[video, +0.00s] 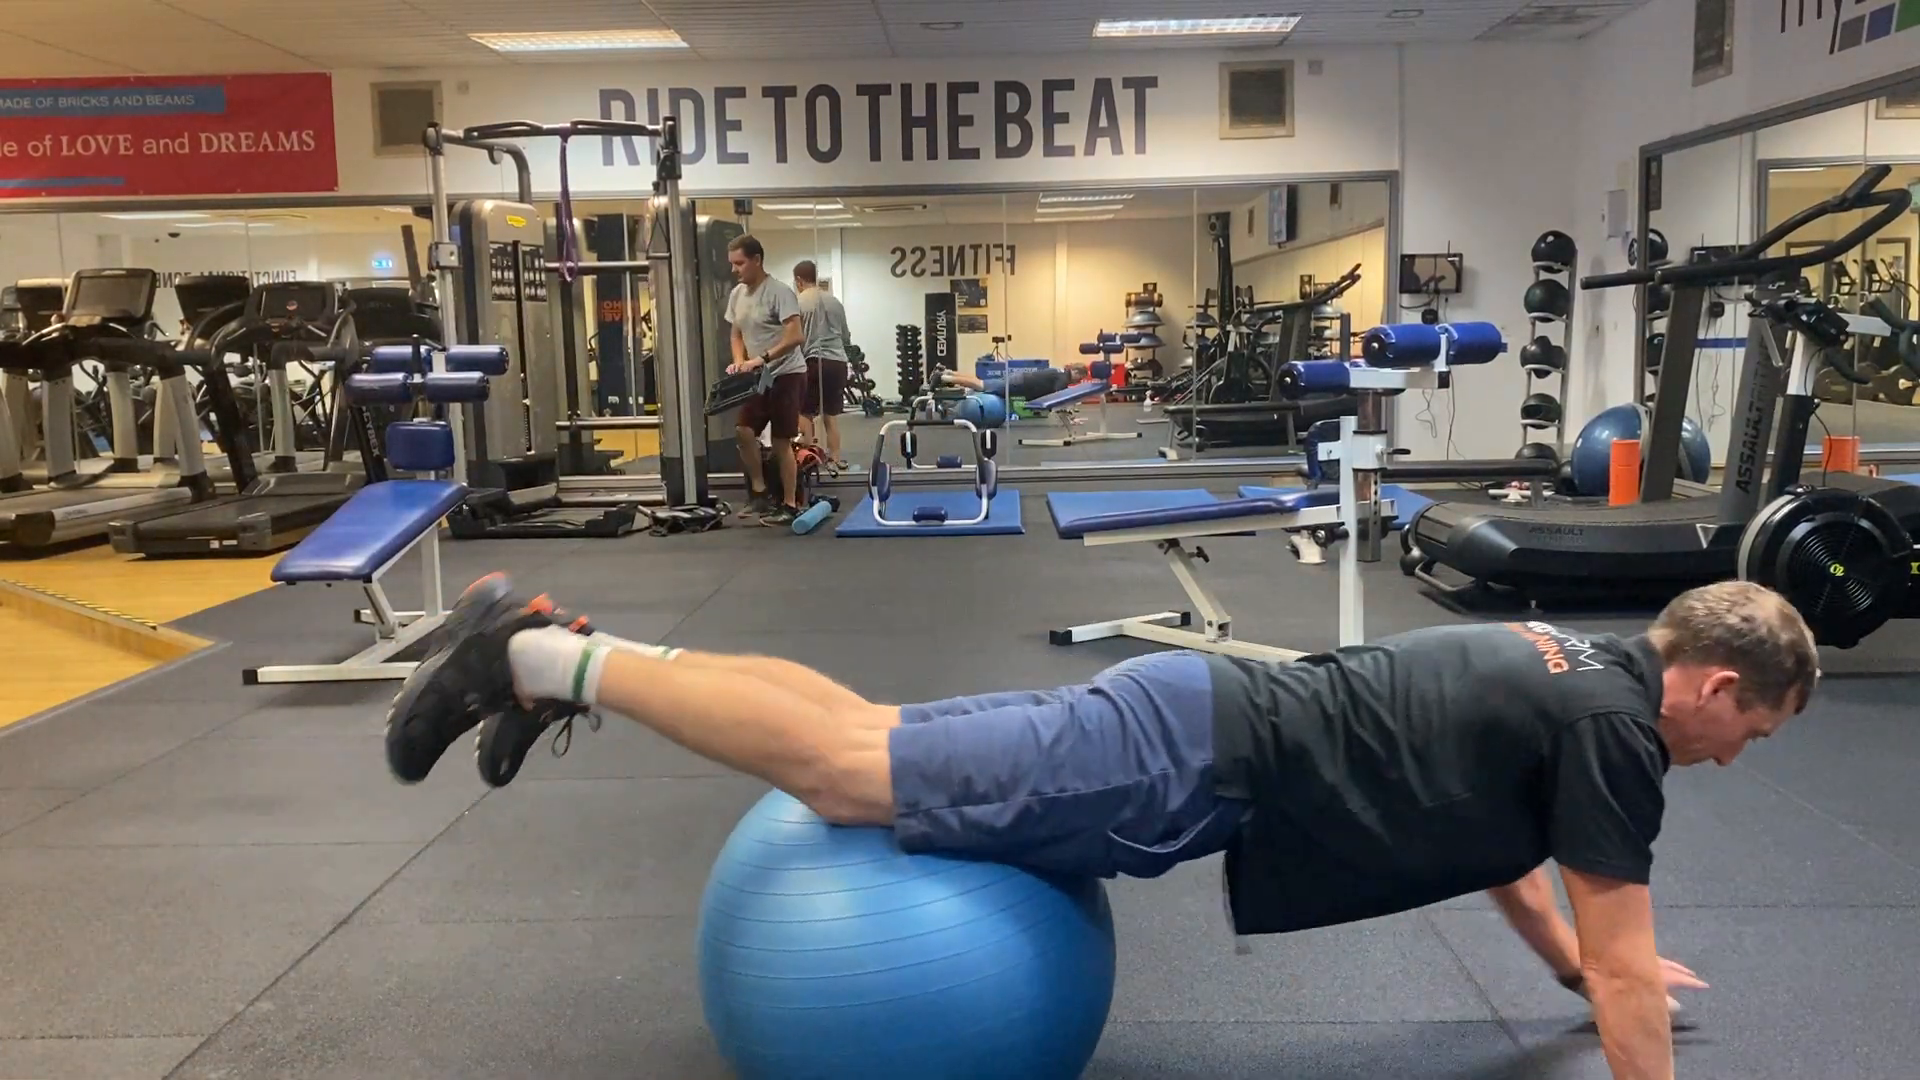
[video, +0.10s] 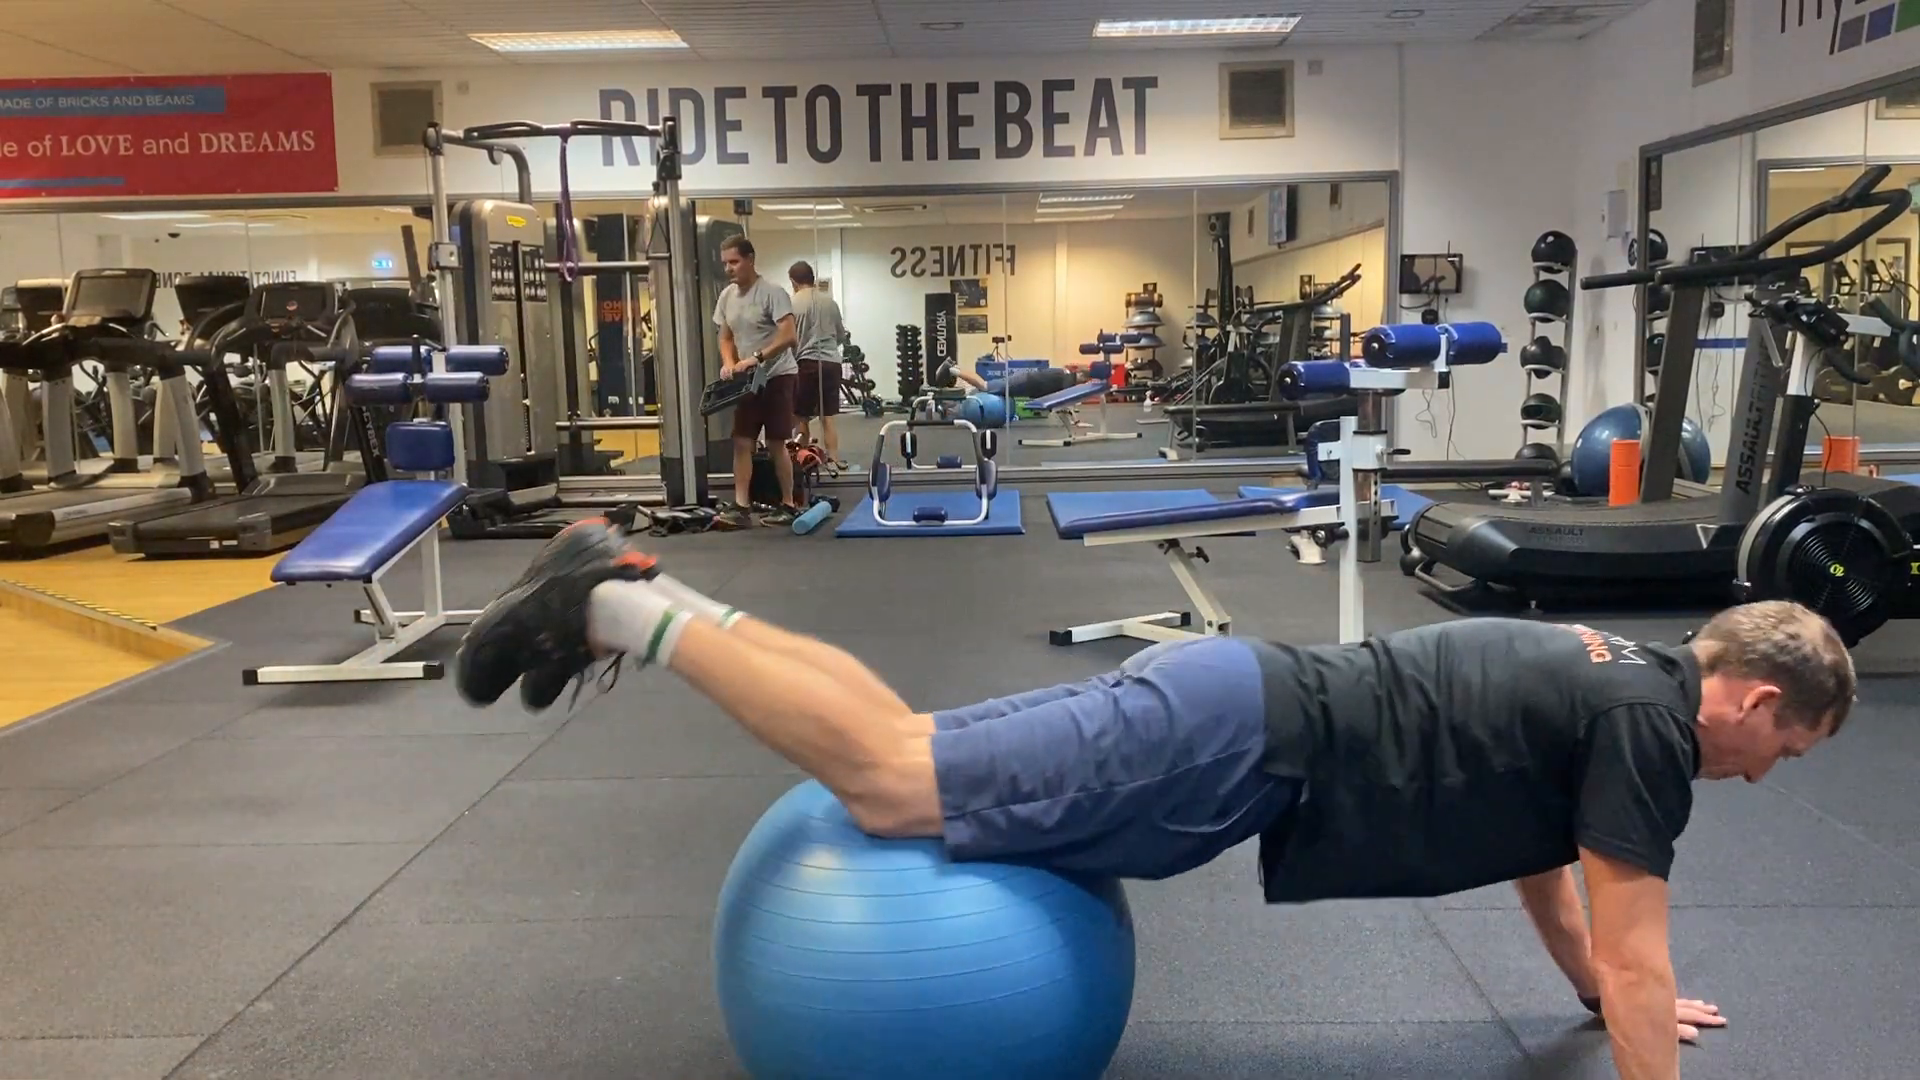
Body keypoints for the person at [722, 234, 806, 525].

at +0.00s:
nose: (734, 269)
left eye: (739, 263)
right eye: (732, 264)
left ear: (757, 260)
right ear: (736, 263)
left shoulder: (781, 291)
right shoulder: (737, 294)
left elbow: (795, 336)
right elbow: (736, 333)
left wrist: (763, 357)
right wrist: (738, 361)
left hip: (789, 373)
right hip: (759, 375)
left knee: (782, 442)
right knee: (744, 431)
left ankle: (789, 505)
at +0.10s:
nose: (728, 268)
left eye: (733, 262)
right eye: (725, 263)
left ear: (751, 260)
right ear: (725, 264)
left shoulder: (773, 292)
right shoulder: (726, 296)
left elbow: (789, 335)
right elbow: (725, 337)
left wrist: (757, 357)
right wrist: (728, 363)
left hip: (779, 374)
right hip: (747, 377)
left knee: (776, 443)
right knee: (742, 441)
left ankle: (788, 503)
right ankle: (741, 505)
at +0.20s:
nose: (720, 269)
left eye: (725, 262)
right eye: (716, 264)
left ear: (742, 261)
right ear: (714, 266)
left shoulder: (764, 292)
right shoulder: (716, 298)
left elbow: (782, 335)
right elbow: (714, 340)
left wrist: (749, 357)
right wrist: (717, 363)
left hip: (769, 376)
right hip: (737, 378)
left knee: (761, 446)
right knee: (737, 446)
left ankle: (784, 499)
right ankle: (739, 507)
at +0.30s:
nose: (710, 270)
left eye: (715, 263)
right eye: (706, 265)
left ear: (731, 261)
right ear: (703, 267)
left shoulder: (754, 292)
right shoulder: (707, 298)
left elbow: (772, 334)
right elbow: (702, 341)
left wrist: (739, 358)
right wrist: (708, 367)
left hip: (759, 375)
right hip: (727, 379)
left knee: (744, 439)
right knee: (727, 442)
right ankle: (732, 496)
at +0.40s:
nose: (701, 268)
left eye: (706, 261)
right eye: (697, 264)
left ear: (722, 260)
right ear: (695, 266)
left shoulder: (746, 291)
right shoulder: (698, 299)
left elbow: (764, 333)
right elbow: (696, 339)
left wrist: (730, 359)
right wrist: (701, 368)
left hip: (751, 375)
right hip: (719, 377)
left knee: (731, 438)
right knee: (720, 443)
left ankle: (752, 494)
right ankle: (737, 504)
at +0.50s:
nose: (696, 266)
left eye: (701, 260)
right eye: (691, 262)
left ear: (715, 259)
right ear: (689, 264)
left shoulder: (738, 289)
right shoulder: (689, 299)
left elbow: (755, 333)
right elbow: (691, 337)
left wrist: (722, 360)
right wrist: (694, 359)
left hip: (741, 373)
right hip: (712, 376)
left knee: (724, 440)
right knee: (717, 443)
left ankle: (736, 506)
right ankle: (735, 505)